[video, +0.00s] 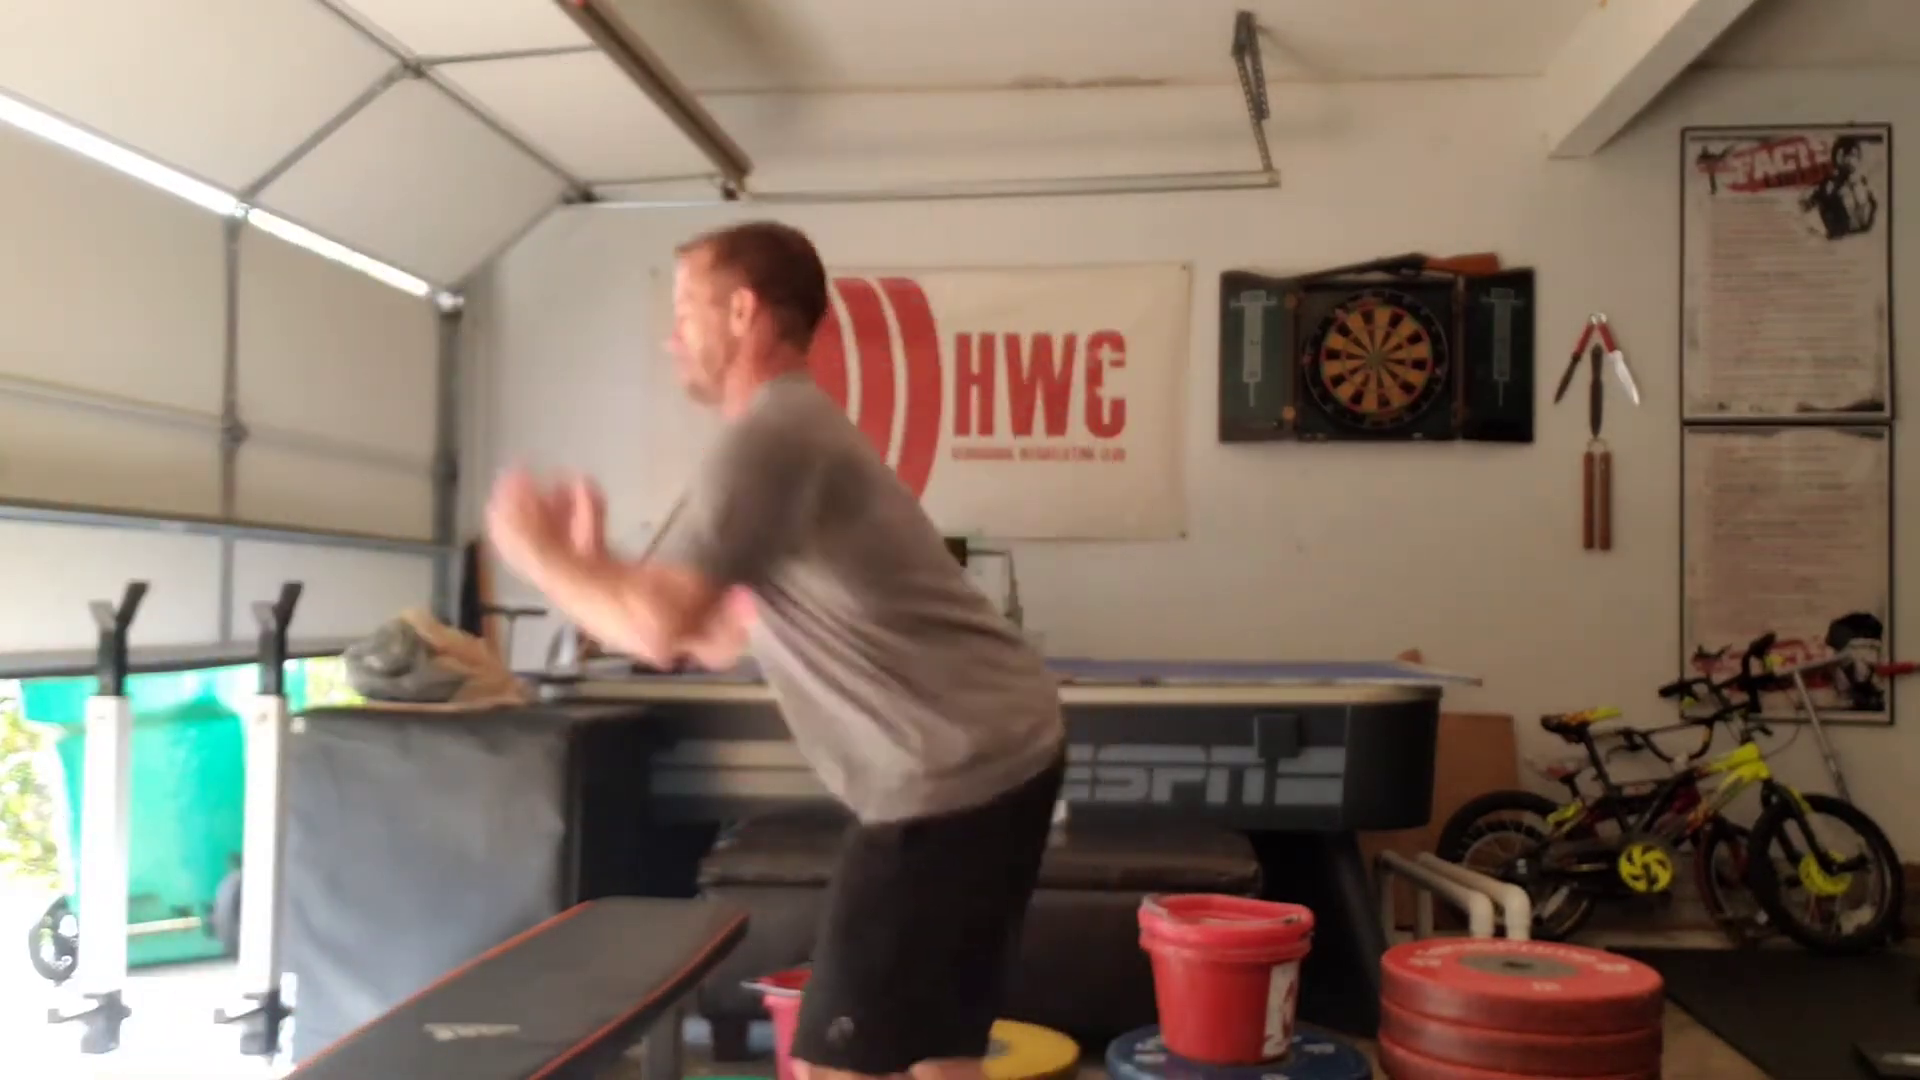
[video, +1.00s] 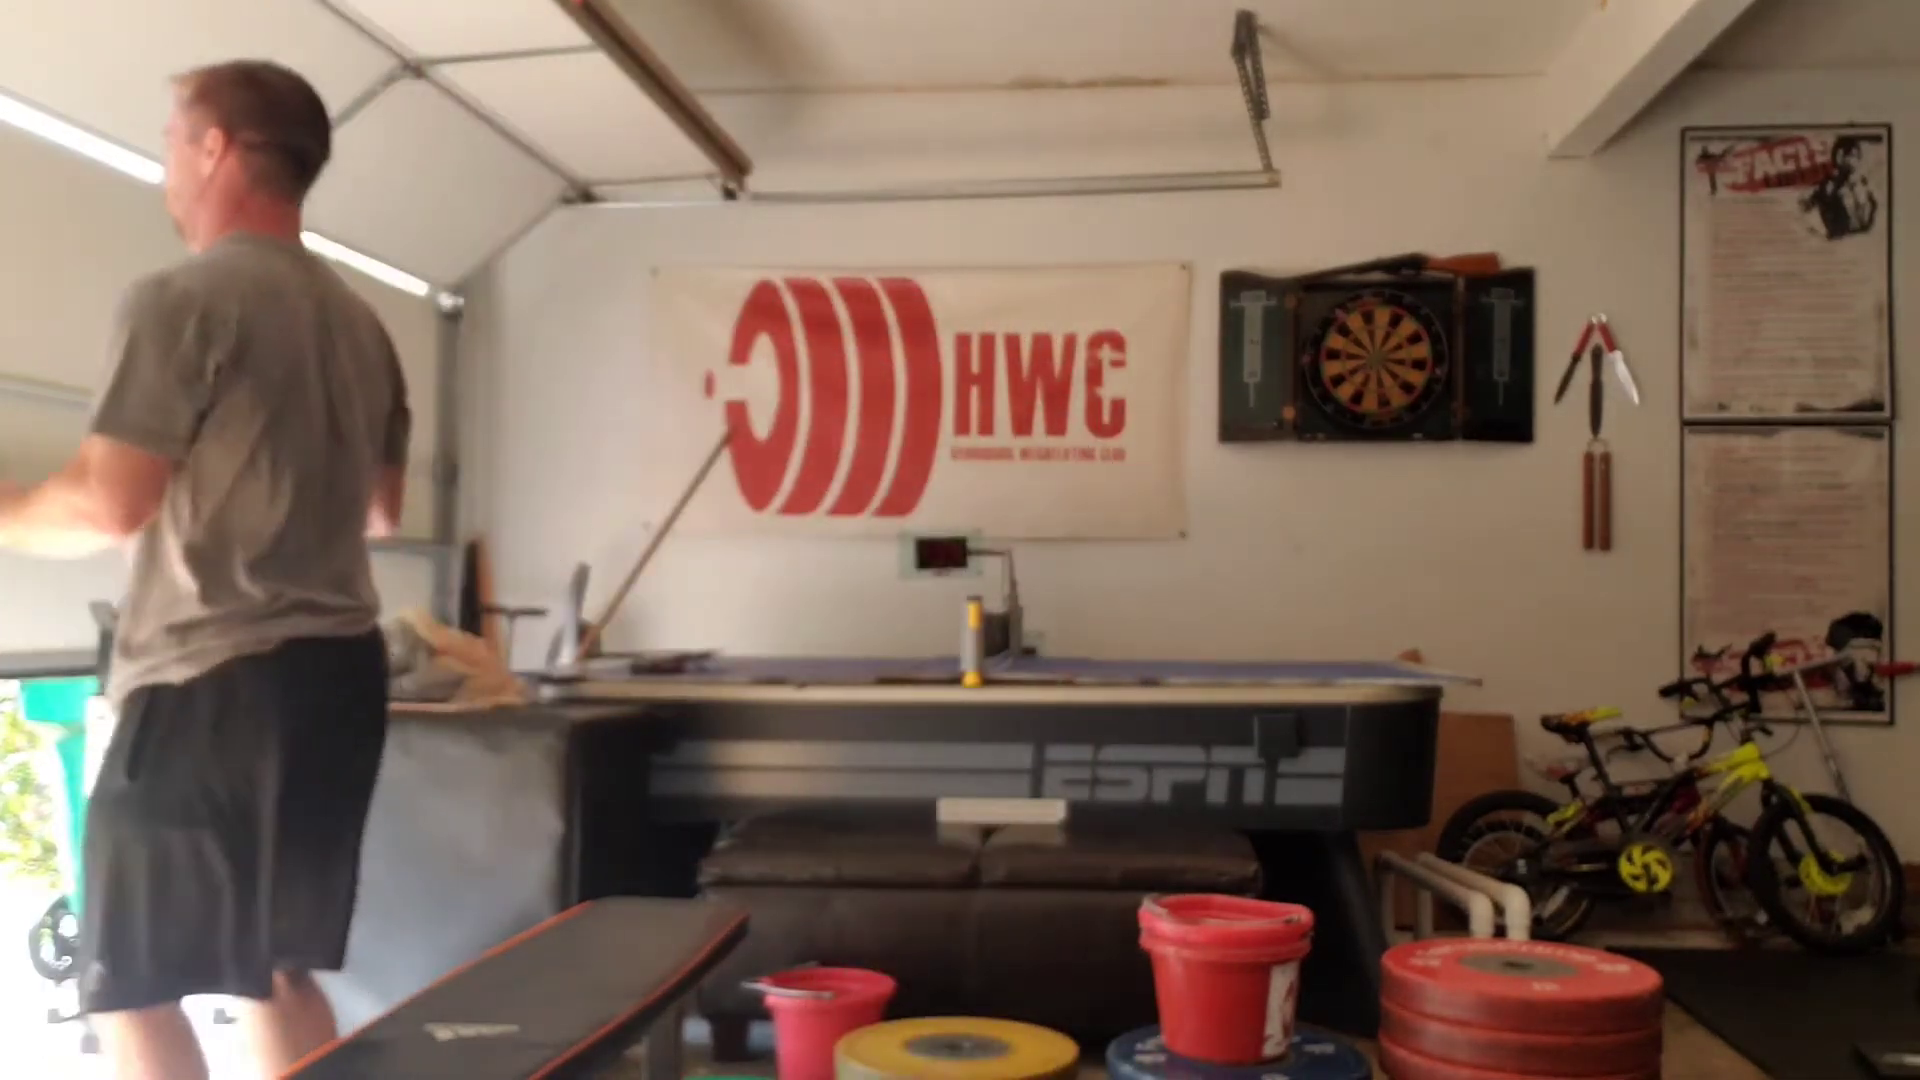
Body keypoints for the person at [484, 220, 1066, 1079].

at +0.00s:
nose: (671, 334)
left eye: (686, 309)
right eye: (674, 311)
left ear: (745, 316)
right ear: (749, 321)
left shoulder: (773, 430)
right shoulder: (793, 427)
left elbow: (656, 622)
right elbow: (710, 638)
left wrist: (536, 552)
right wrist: (598, 564)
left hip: (946, 769)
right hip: (987, 750)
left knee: (840, 1056)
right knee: (942, 1049)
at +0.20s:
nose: (525, 60)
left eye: (532, 37)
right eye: (526, 44)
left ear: (592, 18)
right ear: (622, 24)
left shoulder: (625, 88)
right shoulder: (671, 112)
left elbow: (424, 172)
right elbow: (582, 289)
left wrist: (344, 76)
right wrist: (503, 193)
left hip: (782, 455)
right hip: (833, 452)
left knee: (632, 737)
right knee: (759, 717)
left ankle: (892, 866)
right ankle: (913, 866)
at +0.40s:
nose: (354, 45)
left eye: (359, 19)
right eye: (350, 26)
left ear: (423, 12)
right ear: (454, 18)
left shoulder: (457, 99)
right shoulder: (534, 103)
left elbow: (339, 300)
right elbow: (575, 346)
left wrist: (151, 389)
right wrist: (412, 386)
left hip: (666, 389)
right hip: (739, 411)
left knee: (369, 499)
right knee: (516, 534)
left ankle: (377, 819)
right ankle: (449, 783)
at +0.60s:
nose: (265, 146)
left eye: (264, 112)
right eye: (257, 118)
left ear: (321, 90)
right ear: (374, 92)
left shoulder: (346, 198)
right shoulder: (486, 207)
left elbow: (434, 363)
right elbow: (607, 368)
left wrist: (325, 536)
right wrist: (504, 460)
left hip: (414, 584)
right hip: (517, 587)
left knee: (245, 872)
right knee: (378, 860)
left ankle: (233, 1076)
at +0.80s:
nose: (194, 296)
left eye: (205, 267)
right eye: (197, 269)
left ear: (255, 268)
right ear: (331, 282)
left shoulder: (230, 428)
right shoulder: (400, 436)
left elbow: (171, 653)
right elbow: (425, 617)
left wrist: (55, 734)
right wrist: (230, 689)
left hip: (275, 795)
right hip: (399, 781)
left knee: (101, 1044)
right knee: (271, 1045)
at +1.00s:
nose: (166, 171)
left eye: (176, 145)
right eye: (170, 147)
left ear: (223, 152)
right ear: (295, 168)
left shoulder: (187, 298)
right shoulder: (365, 321)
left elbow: (112, 501)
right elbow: (381, 510)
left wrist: (13, 510)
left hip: (211, 679)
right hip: (341, 666)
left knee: (132, 988)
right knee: (277, 968)